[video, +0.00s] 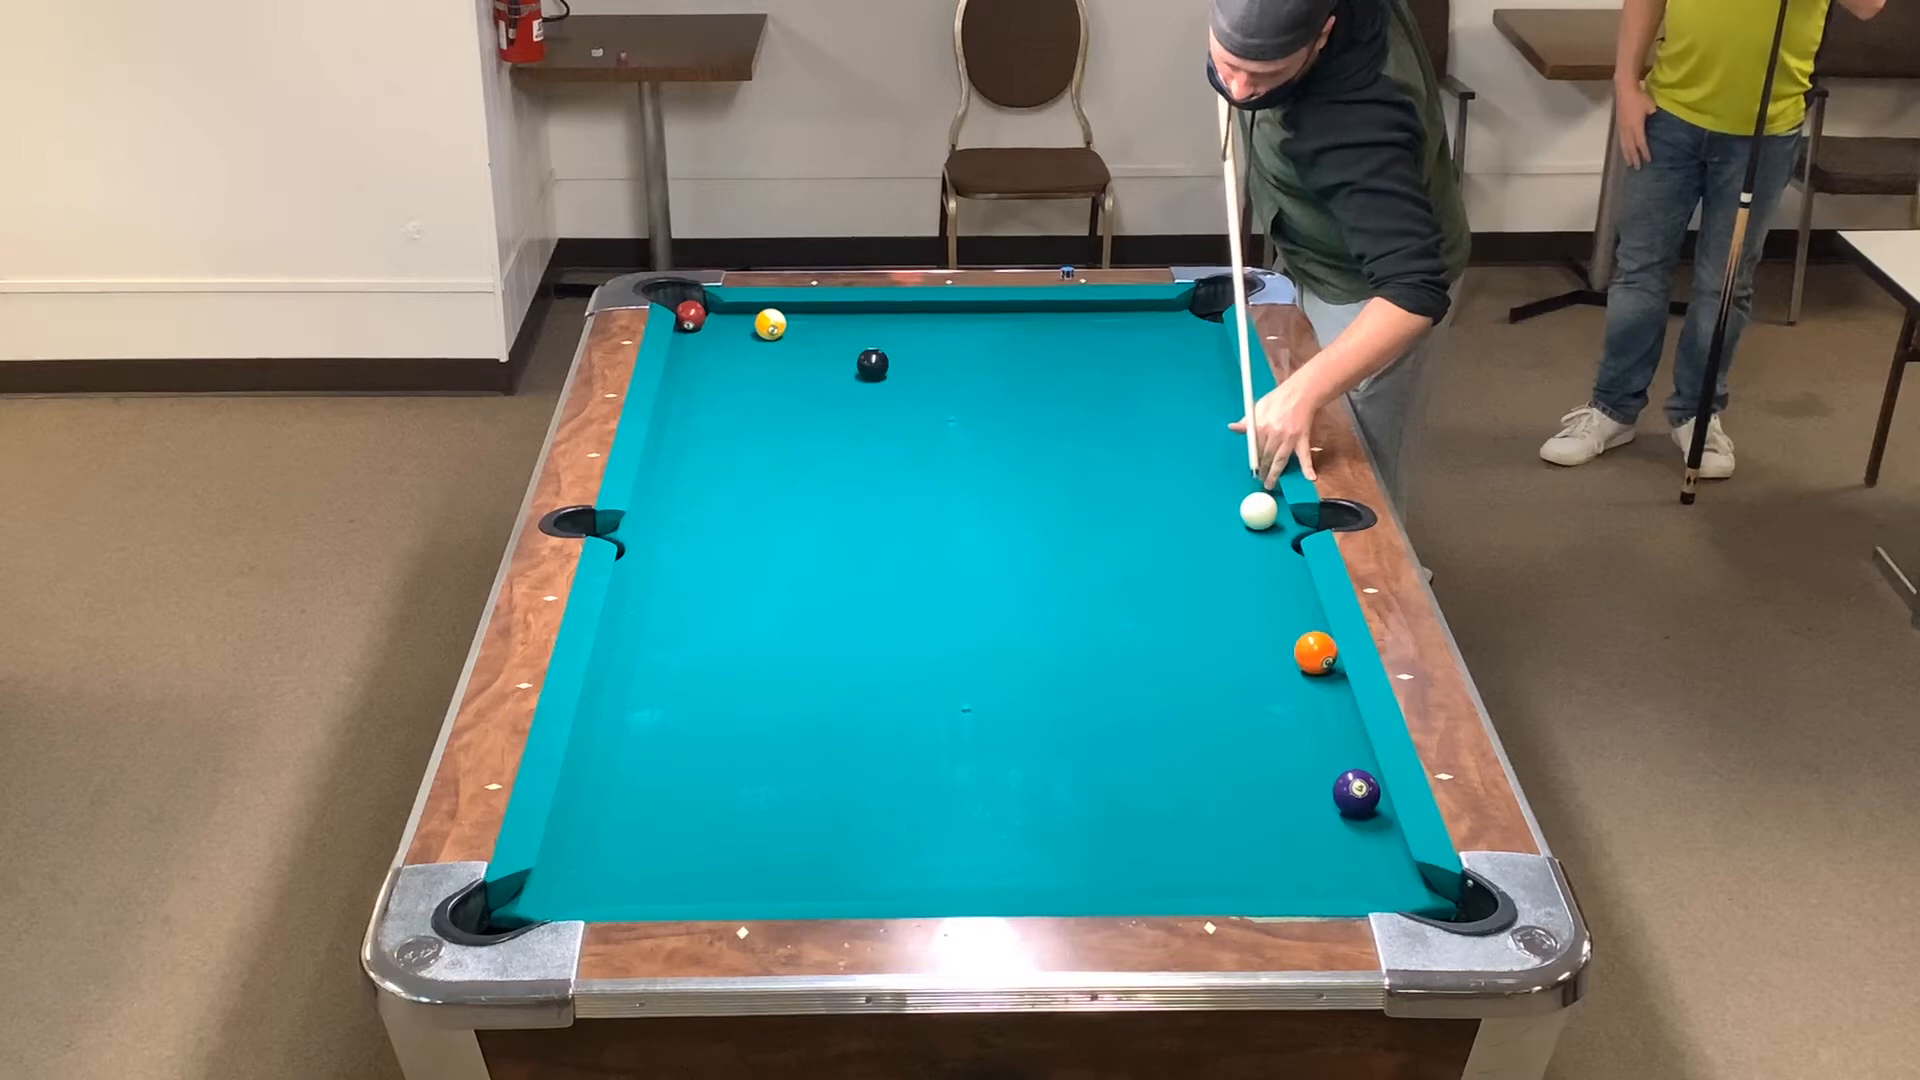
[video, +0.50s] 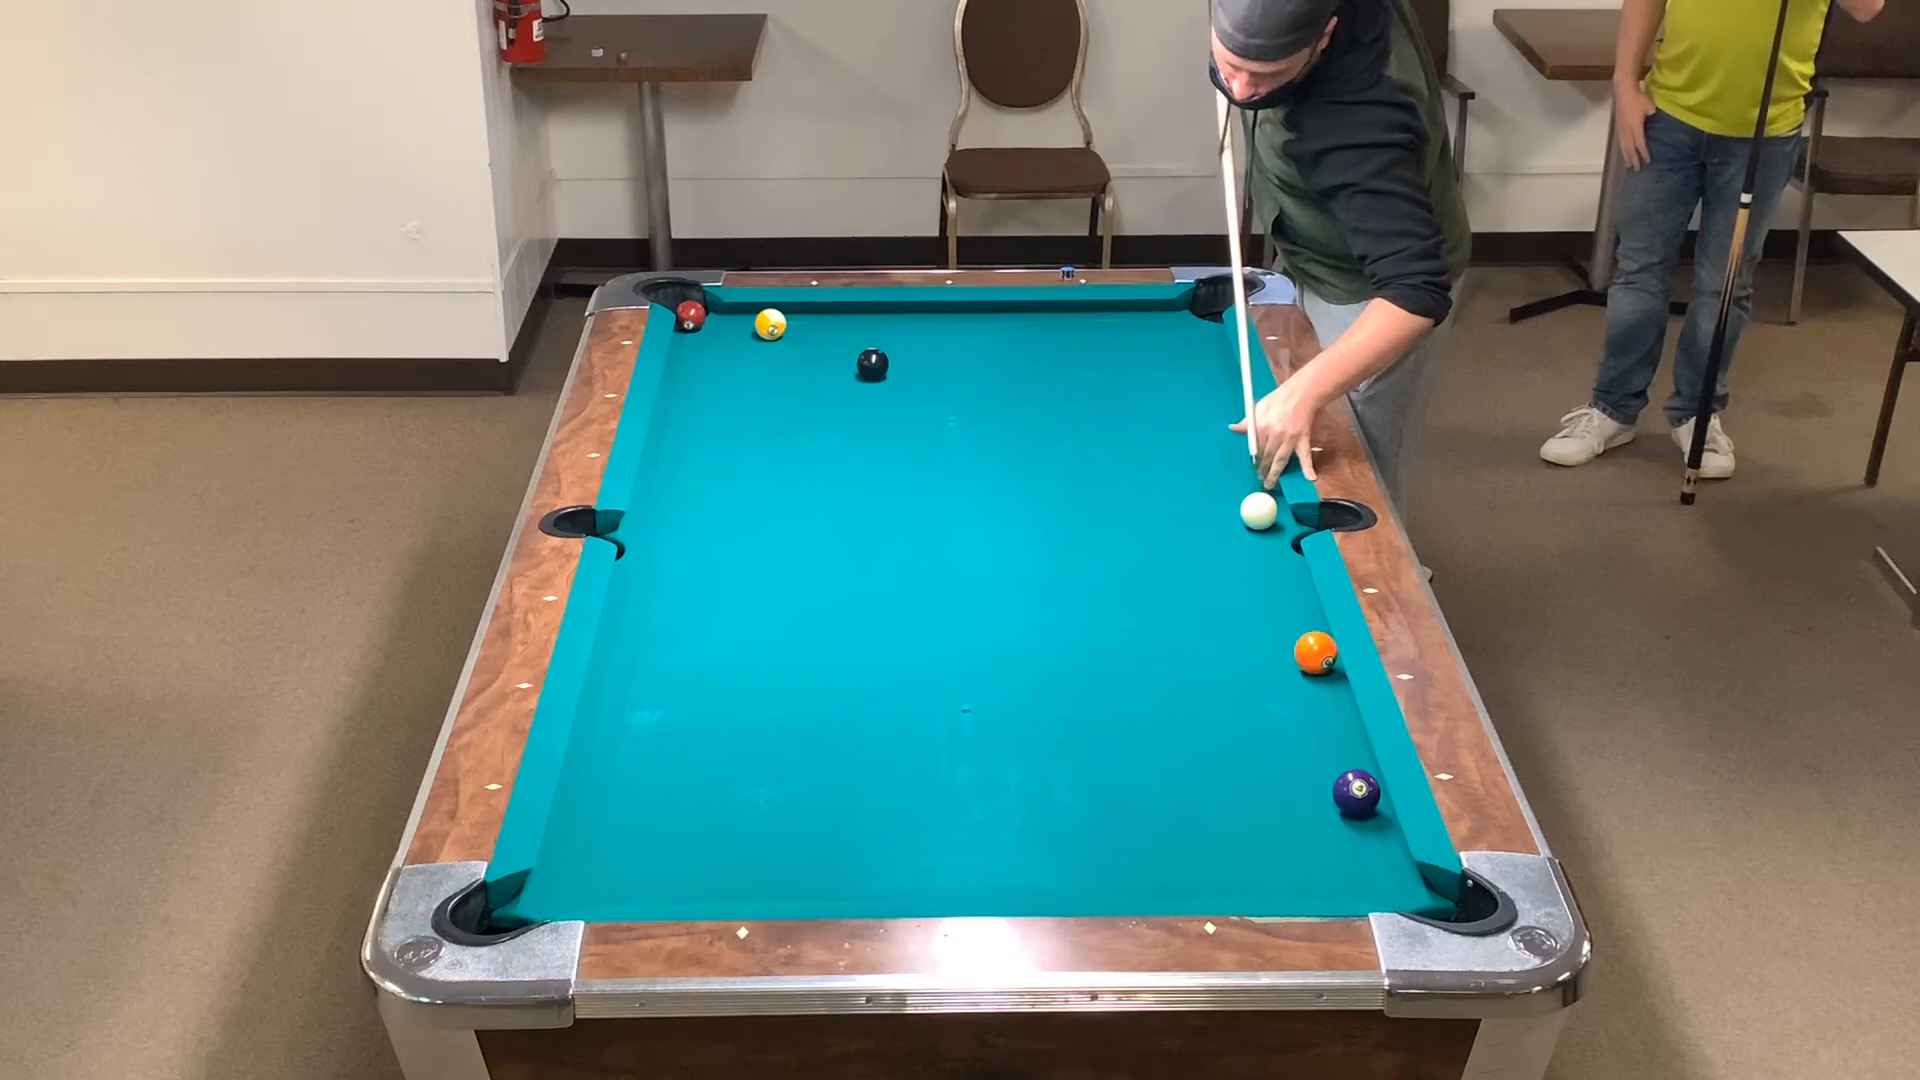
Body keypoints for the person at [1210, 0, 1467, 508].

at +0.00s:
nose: (1239, 89)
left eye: (1267, 76)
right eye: (1227, 64)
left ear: (1323, 32)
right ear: (1218, 14)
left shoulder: (1353, 112)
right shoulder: (1268, 12)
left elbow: (1419, 289)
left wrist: (1304, 391)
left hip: (1369, 286)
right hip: (1304, 255)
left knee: (1358, 466)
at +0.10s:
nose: (1240, 90)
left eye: (1268, 76)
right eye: (1227, 64)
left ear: (1324, 33)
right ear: (1216, 14)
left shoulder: (1353, 113)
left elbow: (1419, 290)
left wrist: (1303, 392)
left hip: (1369, 285)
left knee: (1358, 462)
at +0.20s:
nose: (1240, 90)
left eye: (1269, 76)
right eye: (1228, 64)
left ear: (1324, 33)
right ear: (1217, 14)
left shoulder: (1354, 114)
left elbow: (1419, 290)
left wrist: (1305, 391)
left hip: (1368, 287)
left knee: (1357, 466)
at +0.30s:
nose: (1240, 89)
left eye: (1268, 76)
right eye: (1228, 64)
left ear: (1324, 32)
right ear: (1218, 14)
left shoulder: (1353, 114)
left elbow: (1419, 290)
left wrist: (1304, 391)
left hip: (1368, 286)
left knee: (1357, 464)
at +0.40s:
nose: (1240, 89)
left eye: (1269, 76)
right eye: (1227, 63)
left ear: (1325, 32)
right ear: (1217, 14)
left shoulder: (1354, 113)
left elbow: (1419, 290)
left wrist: (1305, 391)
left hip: (1368, 286)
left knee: (1357, 466)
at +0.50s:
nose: (1240, 89)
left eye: (1269, 76)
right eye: (1228, 64)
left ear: (1325, 33)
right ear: (1218, 14)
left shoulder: (1355, 113)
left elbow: (1420, 290)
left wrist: (1305, 391)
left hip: (1368, 286)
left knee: (1357, 465)